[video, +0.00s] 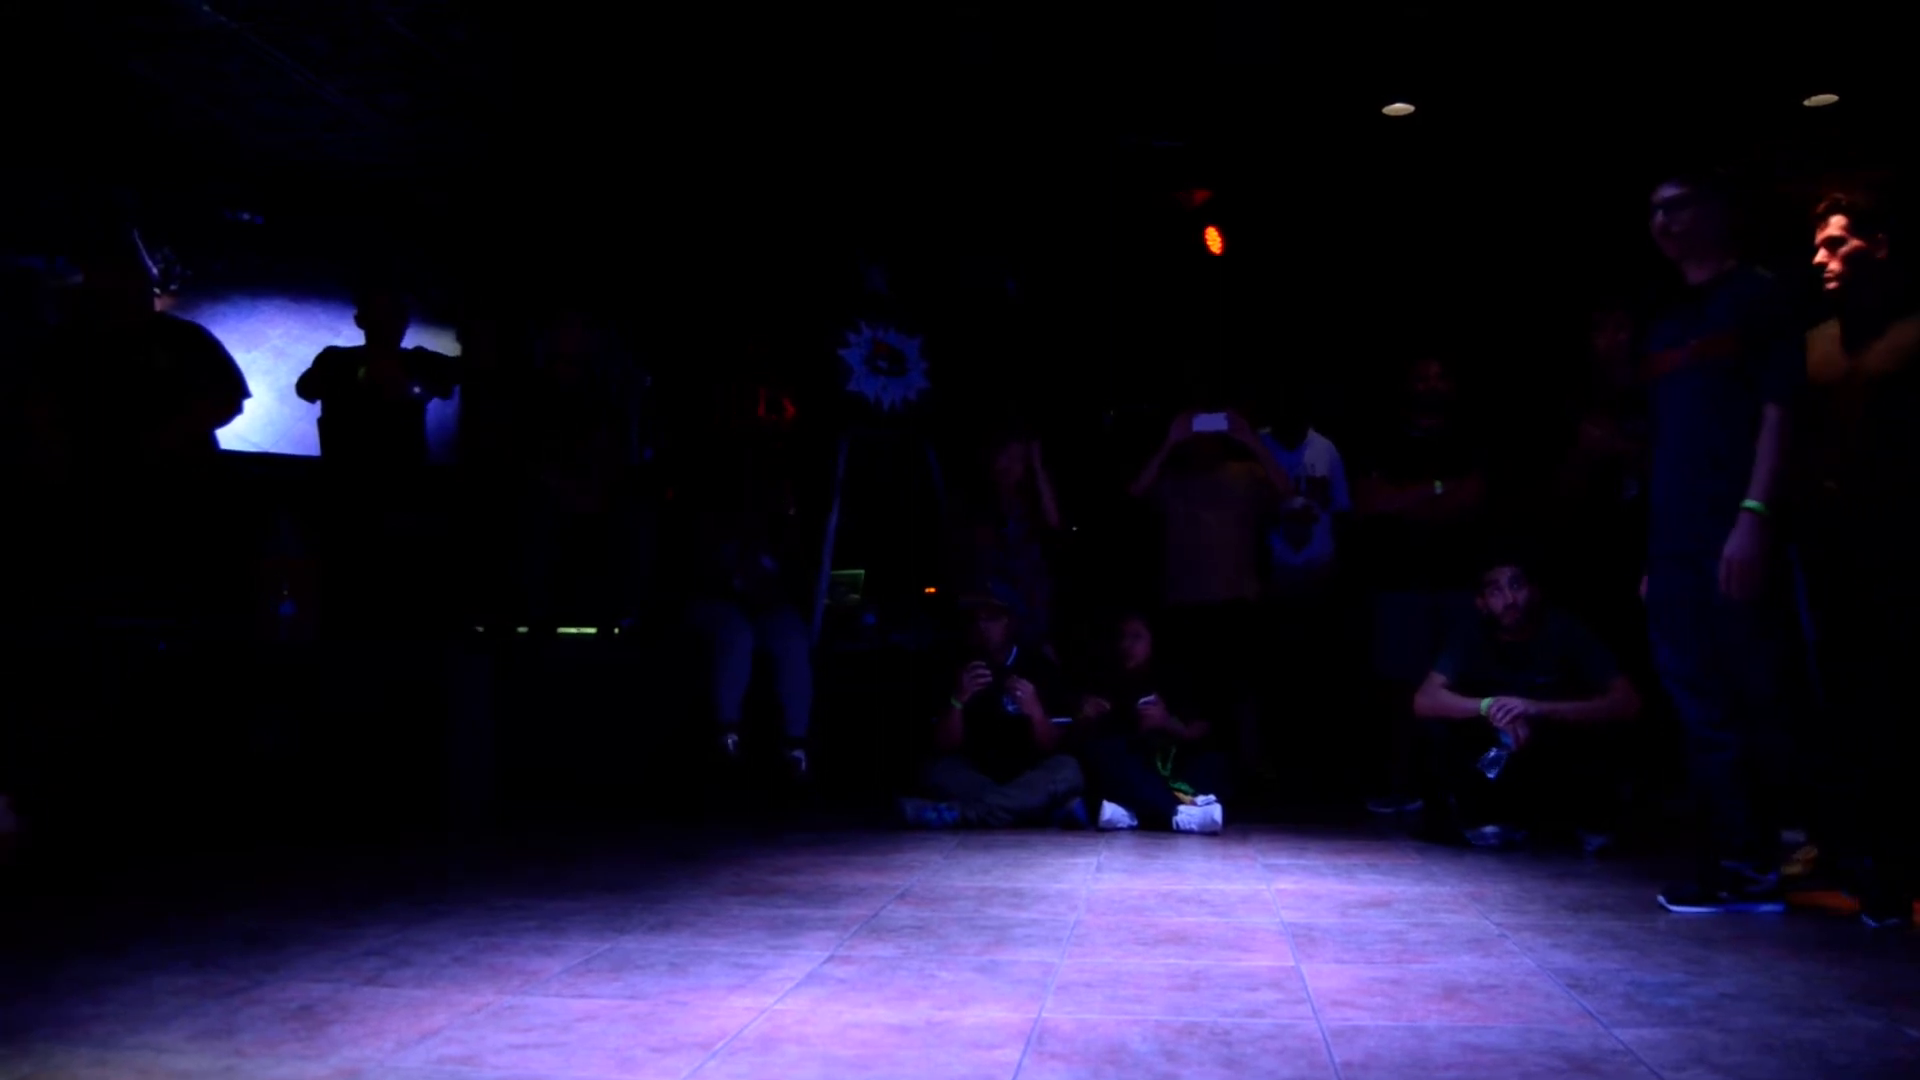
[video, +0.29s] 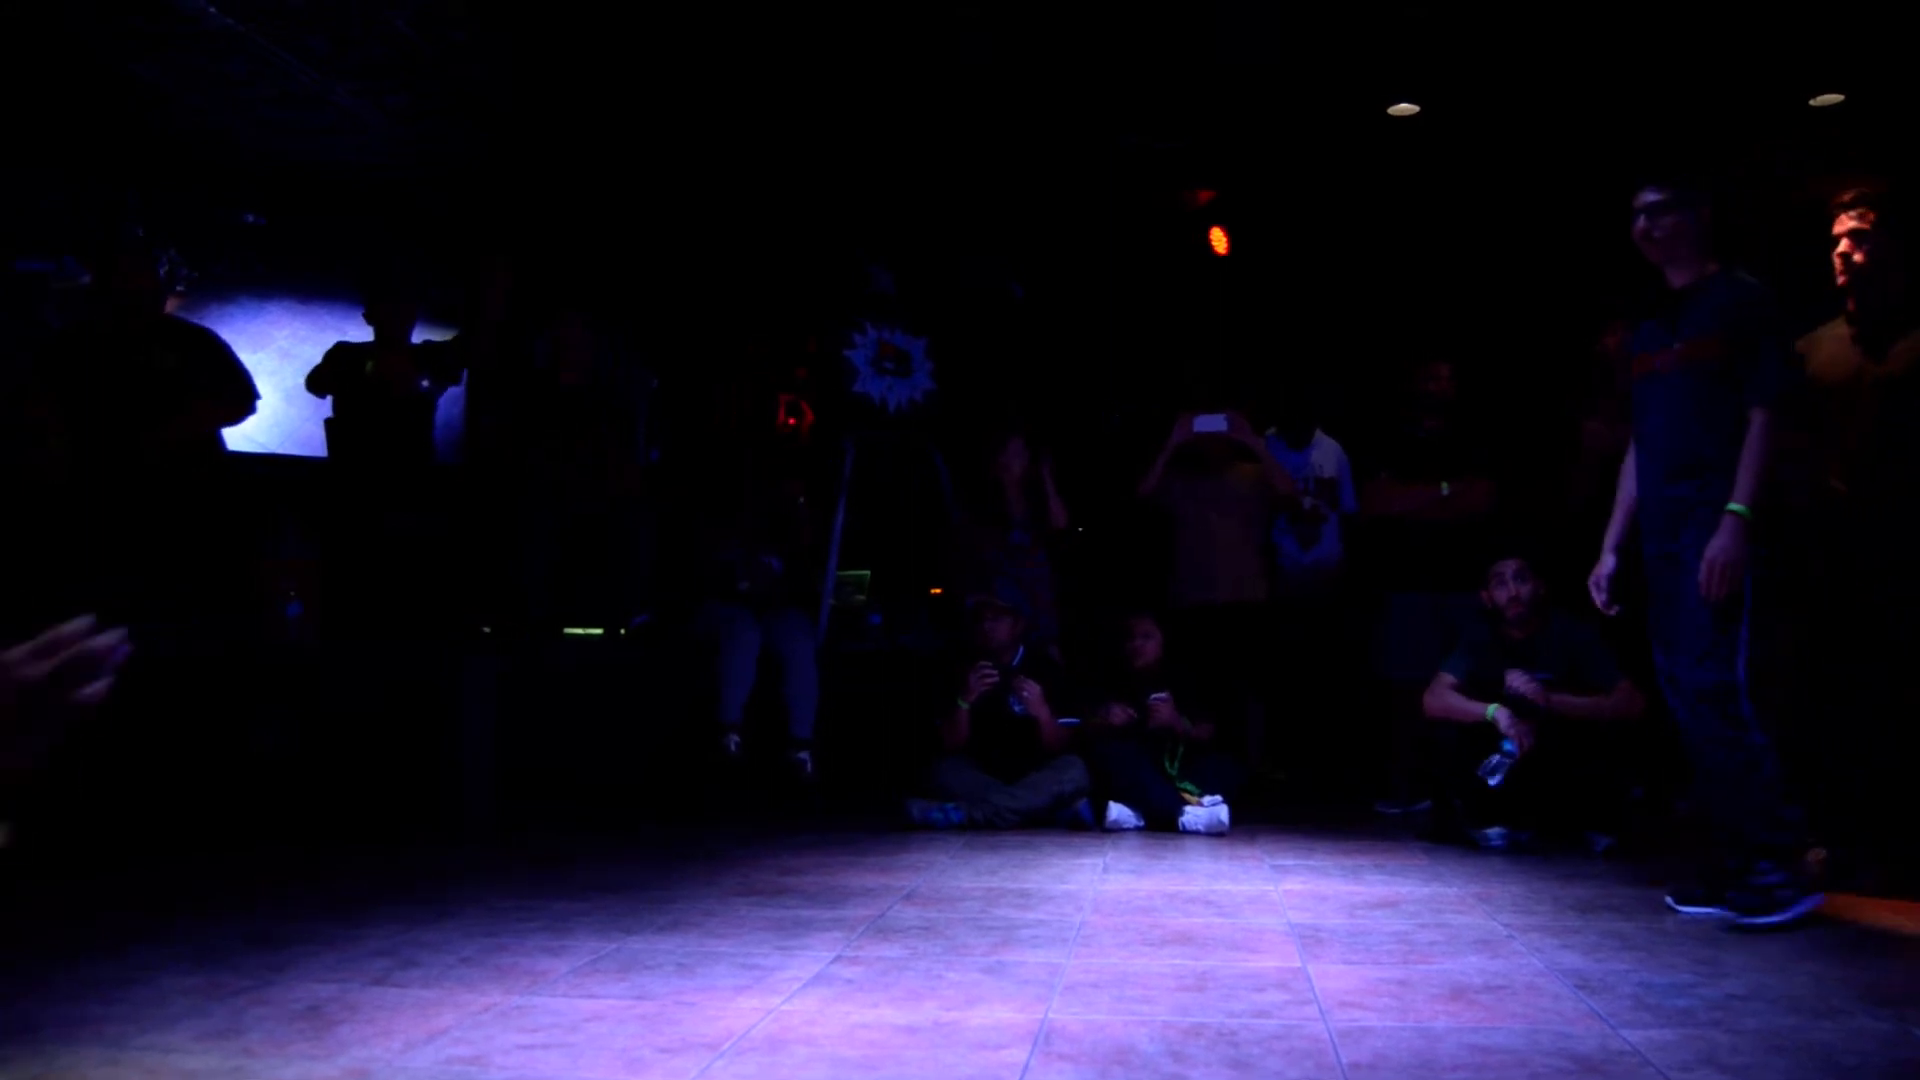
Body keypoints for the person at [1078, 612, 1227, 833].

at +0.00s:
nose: (1127, 645)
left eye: (1136, 637)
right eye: (1122, 637)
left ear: (1151, 641)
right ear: (1114, 642)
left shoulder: (1168, 680)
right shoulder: (1106, 681)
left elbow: (1198, 731)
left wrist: (1165, 721)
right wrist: (1086, 716)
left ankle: (1136, 813)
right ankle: (1175, 813)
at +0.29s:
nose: (1137, 645)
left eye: (1146, 637)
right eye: (1131, 638)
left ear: (1161, 641)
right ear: (1123, 643)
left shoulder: (1181, 680)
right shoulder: (1115, 682)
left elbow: (1207, 733)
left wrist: (1175, 721)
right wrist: (1105, 719)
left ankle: (1143, 813)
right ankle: (1181, 813)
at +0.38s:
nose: (1153, 644)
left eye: (1162, 636)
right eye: (1147, 637)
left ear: (1177, 641)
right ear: (1140, 643)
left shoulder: (1197, 679)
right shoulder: (1131, 679)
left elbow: (1222, 733)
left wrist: (1189, 719)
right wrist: (1123, 717)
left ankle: (1157, 812)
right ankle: (1196, 813)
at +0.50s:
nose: (1178, 642)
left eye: (1188, 634)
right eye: (1174, 635)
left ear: (1204, 638)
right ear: (1166, 641)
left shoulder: (1226, 678)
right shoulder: (1158, 679)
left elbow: (1249, 731)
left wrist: (1213, 717)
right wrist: (1156, 718)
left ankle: (1183, 811)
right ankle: (1223, 812)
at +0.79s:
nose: (1189, 641)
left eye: (1198, 633)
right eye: (1184, 634)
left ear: (1214, 638)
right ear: (1177, 639)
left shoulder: (1234, 677)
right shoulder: (1170, 679)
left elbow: (1259, 731)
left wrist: (1222, 719)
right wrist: (1180, 720)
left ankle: (1195, 810)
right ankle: (1236, 811)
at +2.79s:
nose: (1200, 643)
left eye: (1208, 634)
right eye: (1193, 636)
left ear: (1222, 637)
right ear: (1186, 642)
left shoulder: (1243, 674)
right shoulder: (1181, 677)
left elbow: (1268, 728)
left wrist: (1228, 714)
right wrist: (1185, 717)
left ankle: (1211, 811)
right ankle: (1251, 810)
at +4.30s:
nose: (1199, 643)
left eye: (1207, 635)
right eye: (1192, 636)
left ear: (1222, 638)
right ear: (1184, 641)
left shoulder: (1243, 674)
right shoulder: (1173, 676)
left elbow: (1265, 728)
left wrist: (1225, 706)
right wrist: (1178, 712)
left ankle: (1210, 810)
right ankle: (1251, 810)